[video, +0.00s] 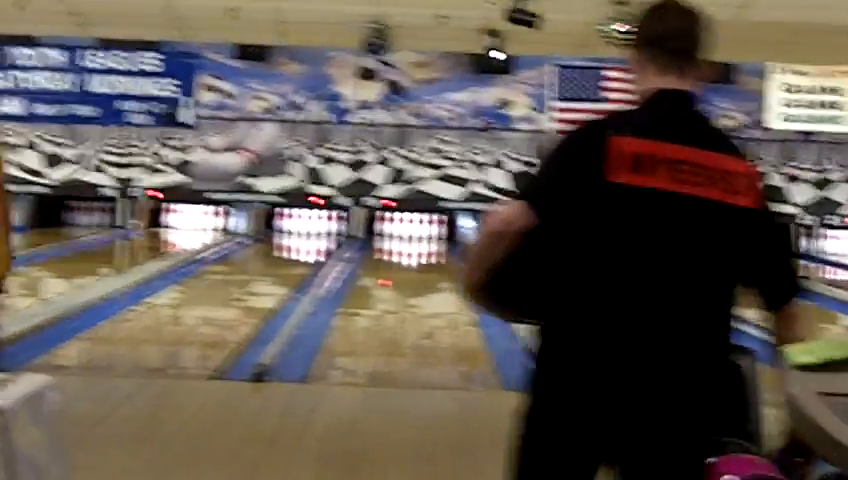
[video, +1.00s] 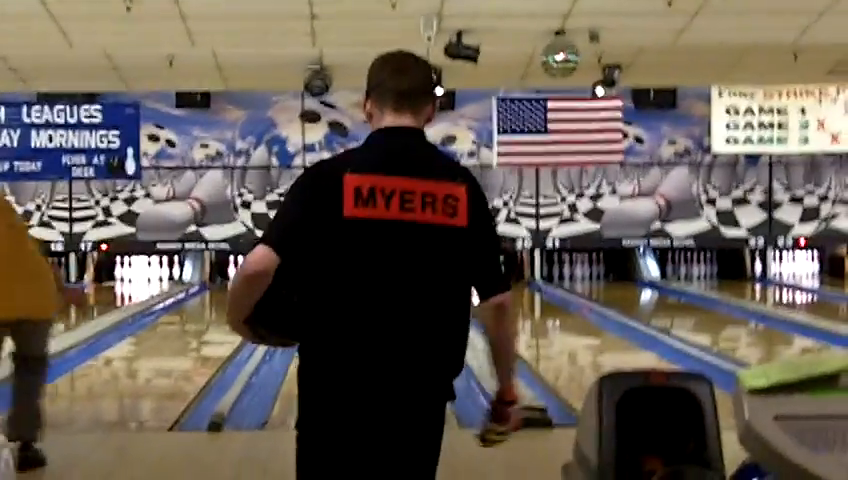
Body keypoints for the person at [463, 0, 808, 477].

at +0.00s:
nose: (633, 62)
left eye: (635, 52)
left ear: (637, 57)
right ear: (698, 65)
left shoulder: (592, 143)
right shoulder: (738, 170)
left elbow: (511, 220)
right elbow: (783, 307)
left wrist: (474, 278)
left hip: (581, 387)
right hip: (688, 396)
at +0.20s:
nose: (570, 62)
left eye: (571, 52)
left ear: (575, 52)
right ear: (642, 57)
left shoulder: (533, 137)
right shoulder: (683, 158)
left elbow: (453, 219)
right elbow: (724, 293)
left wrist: (423, 275)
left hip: (521, 389)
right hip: (625, 397)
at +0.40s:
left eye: (508, 92)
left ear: (512, 93)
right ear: (583, 97)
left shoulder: (472, 167)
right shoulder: (626, 182)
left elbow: (393, 254)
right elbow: (657, 310)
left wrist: (366, 317)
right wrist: (661, 415)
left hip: (473, 400)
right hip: (568, 408)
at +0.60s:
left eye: (457, 99)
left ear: (461, 104)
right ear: (519, 103)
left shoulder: (426, 180)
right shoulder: (567, 185)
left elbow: (352, 265)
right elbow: (619, 297)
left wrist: (337, 329)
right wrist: (647, 392)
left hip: (444, 397)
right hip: (530, 400)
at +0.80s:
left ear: (389, 125)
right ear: (455, 122)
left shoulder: (355, 196)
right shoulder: (497, 200)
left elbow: (285, 277)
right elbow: (548, 305)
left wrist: (264, 342)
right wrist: (581, 399)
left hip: (369, 404)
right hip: (454, 407)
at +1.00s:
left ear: (367, 106)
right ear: (432, 109)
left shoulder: (325, 177)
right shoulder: (461, 187)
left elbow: (256, 267)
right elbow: (497, 301)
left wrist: (240, 319)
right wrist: (506, 383)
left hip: (333, 392)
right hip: (419, 397)